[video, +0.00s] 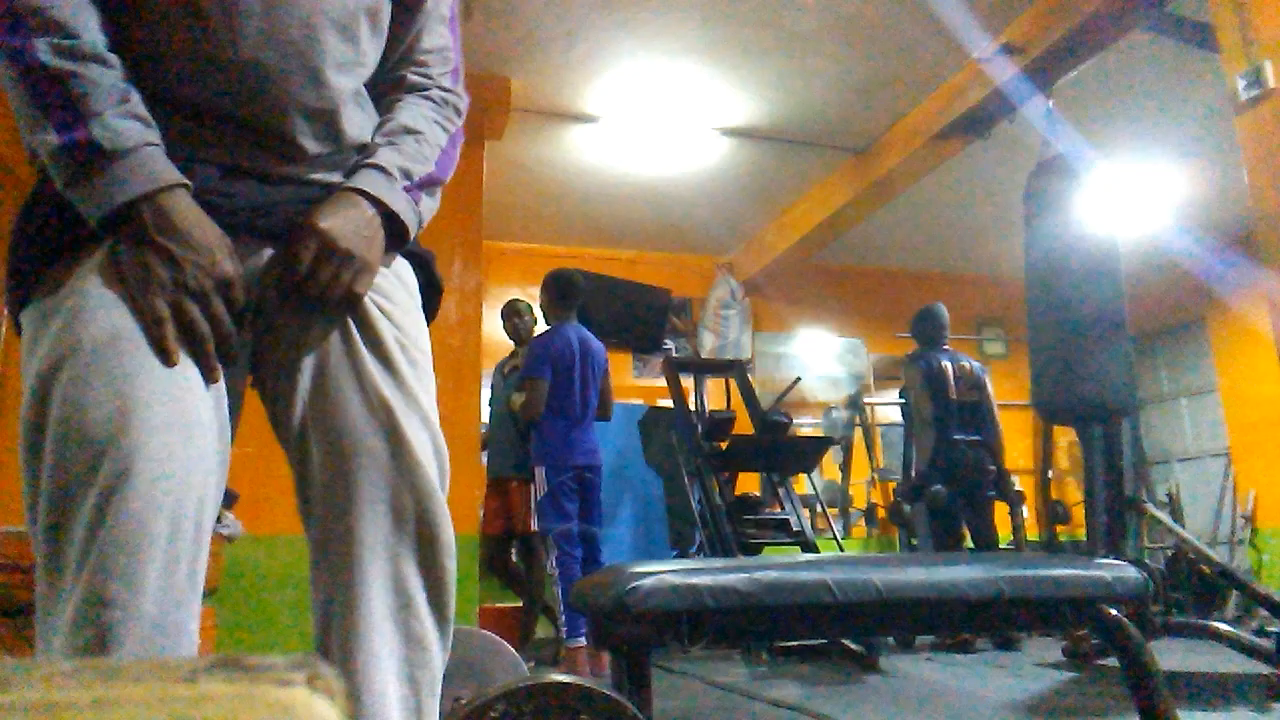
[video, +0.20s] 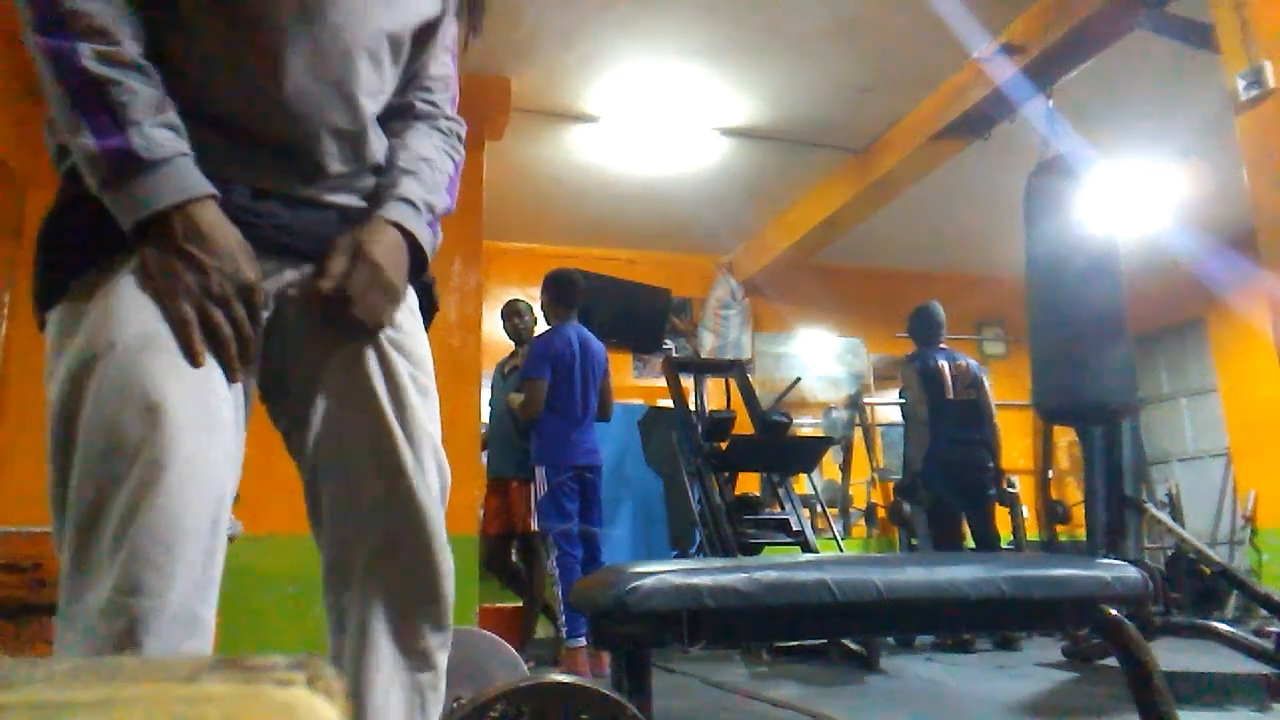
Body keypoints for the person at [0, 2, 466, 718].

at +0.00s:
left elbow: (433, 83)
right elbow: (38, 15)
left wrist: (374, 201)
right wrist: (142, 191)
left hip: (339, 217)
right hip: (130, 203)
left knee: (396, 480)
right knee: (139, 478)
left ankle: (390, 709)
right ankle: (118, 713)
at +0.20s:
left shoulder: (430, 11)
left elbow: (434, 112)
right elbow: (70, 14)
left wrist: (400, 224)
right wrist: (173, 200)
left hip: (351, 229)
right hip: (155, 211)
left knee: (403, 542)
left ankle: (399, 712)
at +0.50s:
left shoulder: (517, 27)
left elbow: (482, 187)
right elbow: (183, 16)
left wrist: (480, 316)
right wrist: (230, 248)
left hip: (382, 267)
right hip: (211, 240)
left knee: (396, 613)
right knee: (170, 614)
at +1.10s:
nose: (562, 75)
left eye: (579, 66)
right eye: (566, 54)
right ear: (534, 9)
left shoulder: (540, 100)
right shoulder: (372, 11)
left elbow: (519, 259)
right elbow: (239, 112)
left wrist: (508, 390)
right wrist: (262, 317)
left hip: (415, 314)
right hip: (281, 296)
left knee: (407, 589)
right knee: (261, 588)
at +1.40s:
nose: (518, 46)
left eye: (524, 26)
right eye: (504, 23)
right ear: (433, 18)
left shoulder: (494, 107)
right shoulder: (283, 46)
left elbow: (540, 279)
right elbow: (220, 197)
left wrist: (519, 422)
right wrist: (256, 360)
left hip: (431, 340)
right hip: (303, 332)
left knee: (409, 576)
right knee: (280, 580)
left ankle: (408, 719)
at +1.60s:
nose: (454, 98)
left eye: (466, 73)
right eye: (431, 74)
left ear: (477, 59)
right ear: (369, 61)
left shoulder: (488, 138)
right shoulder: (270, 109)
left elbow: (572, 299)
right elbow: (252, 252)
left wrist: (565, 454)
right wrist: (293, 384)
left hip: (470, 344)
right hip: (357, 344)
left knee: (433, 562)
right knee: (318, 566)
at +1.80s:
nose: (399, 189)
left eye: (412, 161)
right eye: (371, 171)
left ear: (431, 134)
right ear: (322, 158)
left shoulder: (492, 192)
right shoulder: (289, 192)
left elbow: (599, 344)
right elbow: (302, 314)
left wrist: (629, 520)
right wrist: (337, 415)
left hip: (517, 364)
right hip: (408, 369)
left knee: (468, 539)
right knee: (356, 556)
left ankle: (466, 717)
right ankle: (357, 719)